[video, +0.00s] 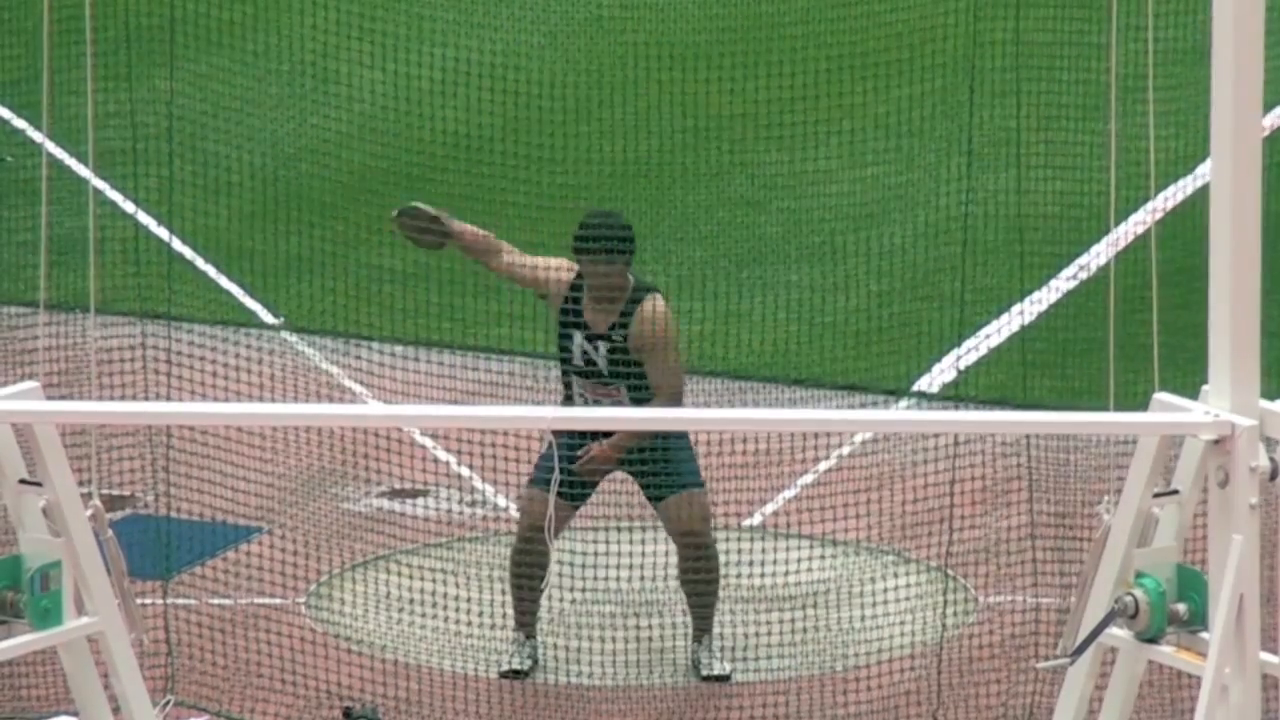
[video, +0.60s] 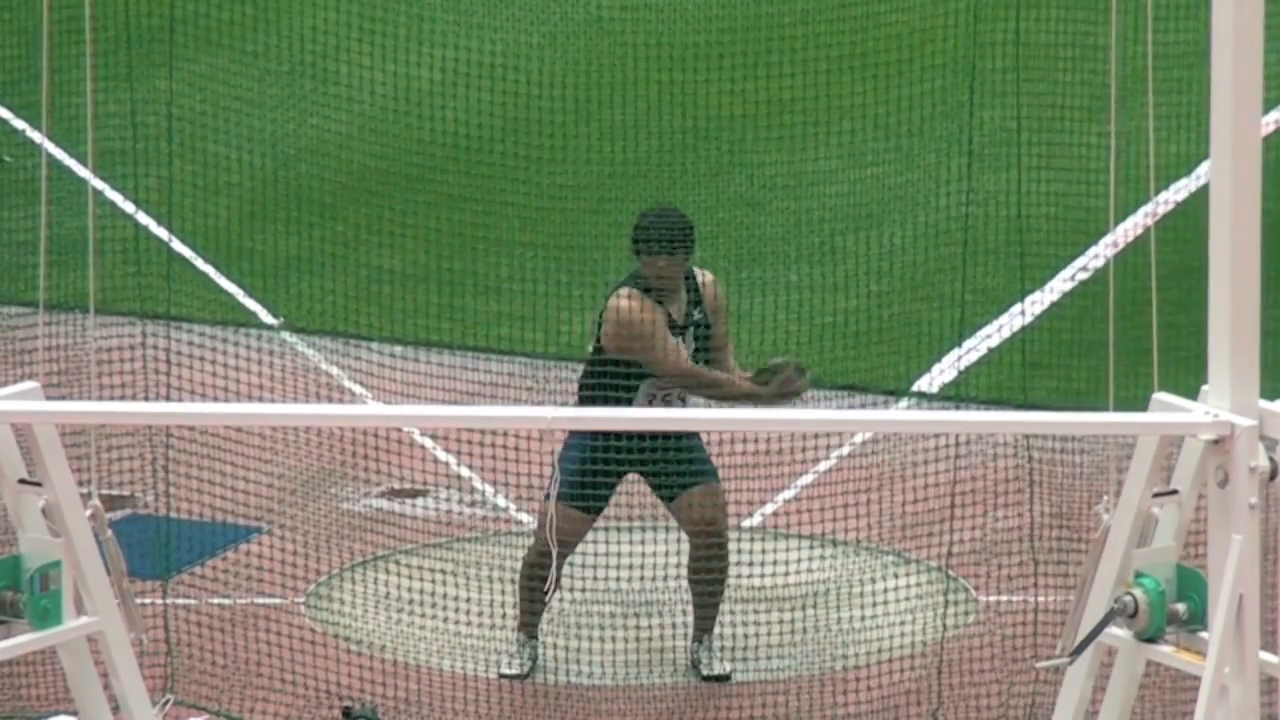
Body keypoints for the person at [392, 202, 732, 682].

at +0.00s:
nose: (601, 279)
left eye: (610, 270)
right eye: (592, 269)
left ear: (628, 265)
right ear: (580, 263)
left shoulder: (651, 314)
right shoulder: (561, 281)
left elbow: (669, 404)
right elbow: (500, 256)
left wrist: (616, 446)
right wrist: (449, 228)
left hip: (650, 431)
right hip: (583, 428)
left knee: (695, 533)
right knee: (532, 525)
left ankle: (705, 642)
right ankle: (525, 640)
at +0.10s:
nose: (617, 275)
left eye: (627, 265)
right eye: (608, 264)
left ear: (643, 266)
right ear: (594, 264)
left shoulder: (667, 316)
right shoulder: (569, 292)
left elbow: (687, 403)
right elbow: (498, 285)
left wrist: (634, 442)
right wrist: (429, 273)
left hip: (661, 431)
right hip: (588, 427)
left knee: (701, 531)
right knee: (536, 526)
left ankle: (705, 643)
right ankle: (524, 642)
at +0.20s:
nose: (632, 274)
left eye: (642, 264)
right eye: (623, 263)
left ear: (657, 267)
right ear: (607, 264)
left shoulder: (684, 316)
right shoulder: (581, 306)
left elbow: (703, 397)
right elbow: (512, 333)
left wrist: (654, 442)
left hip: (669, 429)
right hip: (596, 427)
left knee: (705, 529)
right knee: (542, 524)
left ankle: (706, 643)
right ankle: (524, 641)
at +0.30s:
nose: (644, 276)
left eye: (655, 266)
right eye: (635, 265)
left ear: (670, 267)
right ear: (619, 264)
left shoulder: (696, 312)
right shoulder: (595, 314)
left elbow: (716, 388)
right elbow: (550, 383)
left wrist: (676, 435)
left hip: (672, 434)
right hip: (599, 433)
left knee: (708, 527)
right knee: (543, 526)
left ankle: (705, 643)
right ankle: (525, 641)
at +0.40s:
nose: (650, 274)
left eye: (660, 265)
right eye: (641, 263)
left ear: (678, 266)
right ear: (627, 263)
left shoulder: (706, 306)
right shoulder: (608, 317)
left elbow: (722, 376)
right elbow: (608, 405)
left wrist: (698, 427)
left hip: (670, 433)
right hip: (604, 431)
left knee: (710, 527)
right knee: (545, 530)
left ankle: (704, 643)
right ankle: (525, 640)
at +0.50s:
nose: (656, 268)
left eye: (667, 258)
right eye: (647, 258)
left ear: (685, 261)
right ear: (635, 260)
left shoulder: (709, 298)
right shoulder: (618, 316)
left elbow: (723, 366)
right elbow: (658, 401)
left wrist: (724, 425)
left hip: (668, 432)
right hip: (602, 433)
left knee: (709, 523)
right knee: (552, 532)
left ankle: (704, 643)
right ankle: (525, 640)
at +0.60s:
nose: (663, 263)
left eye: (674, 253)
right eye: (653, 253)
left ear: (689, 255)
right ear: (638, 255)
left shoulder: (707, 288)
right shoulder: (627, 311)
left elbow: (721, 365)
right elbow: (687, 377)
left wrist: (755, 386)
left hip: (667, 431)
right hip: (602, 432)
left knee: (710, 524)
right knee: (556, 537)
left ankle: (703, 643)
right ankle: (525, 641)